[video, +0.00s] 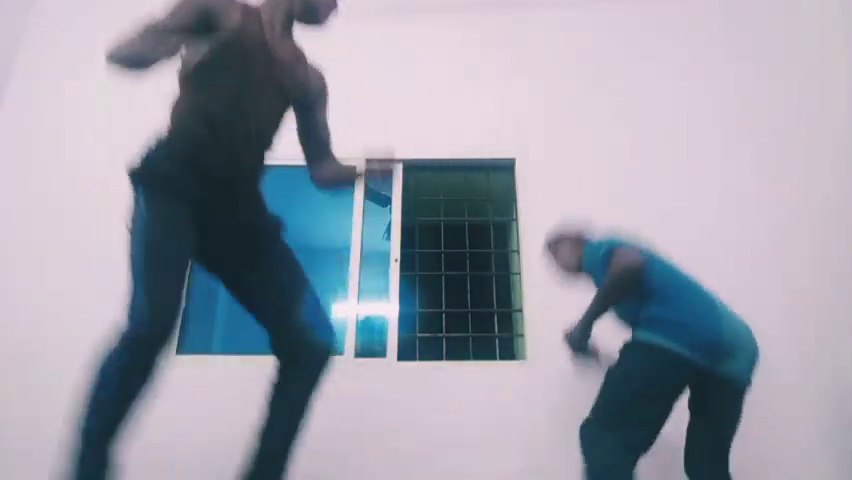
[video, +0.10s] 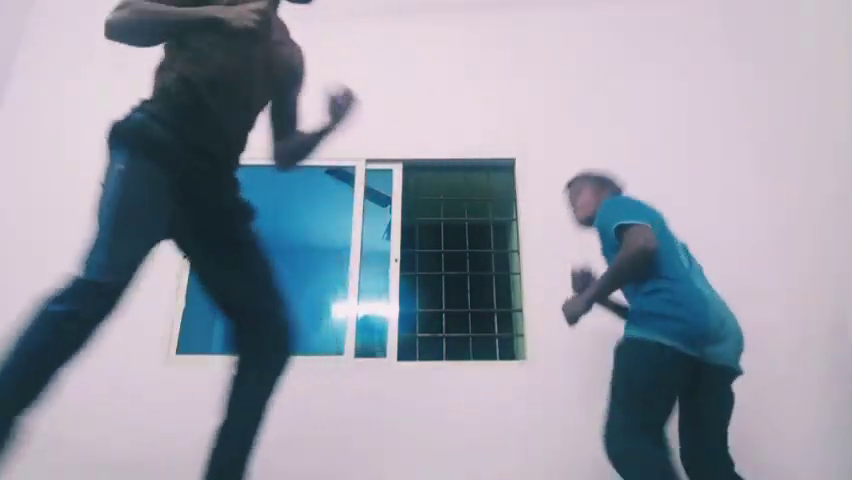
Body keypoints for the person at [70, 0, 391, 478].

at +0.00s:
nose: (334, 3)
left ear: (311, 3)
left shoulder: (304, 77)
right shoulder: (225, 15)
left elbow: (323, 170)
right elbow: (123, 54)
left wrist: (364, 172)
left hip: (235, 207)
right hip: (171, 190)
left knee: (310, 344)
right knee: (150, 326)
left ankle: (264, 473)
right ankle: (89, 466)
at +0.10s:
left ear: (283, 1)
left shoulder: (285, 54)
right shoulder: (203, 9)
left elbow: (285, 154)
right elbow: (118, 24)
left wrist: (329, 122)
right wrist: (213, 14)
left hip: (209, 185)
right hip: (148, 158)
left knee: (267, 337)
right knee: (97, 291)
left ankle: (225, 473)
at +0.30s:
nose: (292, 5)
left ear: (256, 6)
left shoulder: (246, 106)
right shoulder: (162, 24)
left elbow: (219, 208)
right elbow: (82, 98)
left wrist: (259, 177)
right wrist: (201, 98)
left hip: (145, 253)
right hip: (85, 217)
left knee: (193, 429)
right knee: (50, 361)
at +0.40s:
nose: (290, 18)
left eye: (290, 7)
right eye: (283, 4)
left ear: (248, 11)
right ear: (247, 5)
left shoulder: (244, 119)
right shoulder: (156, 35)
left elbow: (203, 220)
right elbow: (48, 110)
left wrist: (239, 230)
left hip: (136, 264)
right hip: (68, 231)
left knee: (237, 409)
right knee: (62, 369)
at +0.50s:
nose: (296, 13)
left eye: (294, 4)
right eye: (288, 1)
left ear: (256, 9)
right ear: (256, 2)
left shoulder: (251, 111)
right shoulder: (162, 27)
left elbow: (201, 193)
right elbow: (40, 84)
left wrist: (226, 245)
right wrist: (66, 178)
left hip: (156, 258)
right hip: (86, 227)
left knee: (257, 408)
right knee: (70, 362)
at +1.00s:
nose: (295, 15)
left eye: (292, 5)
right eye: (284, 3)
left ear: (254, 12)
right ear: (249, 6)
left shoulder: (254, 104)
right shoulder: (184, 41)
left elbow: (197, 171)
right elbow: (60, 77)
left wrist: (221, 227)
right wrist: (117, 153)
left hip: (195, 263)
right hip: (132, 237)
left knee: (268, 427)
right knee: (43, 386)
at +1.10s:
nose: (294, 12)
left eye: (291, 3)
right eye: (284, 1)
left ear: (253, 10)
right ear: (250, 5)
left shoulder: (250, 91)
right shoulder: (186, 38)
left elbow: (194, 159)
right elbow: (63, 75)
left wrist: (219, 218)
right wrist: (124, 149)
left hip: (193, 254)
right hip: (132, 229)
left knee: (268, 410)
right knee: (42, 373)